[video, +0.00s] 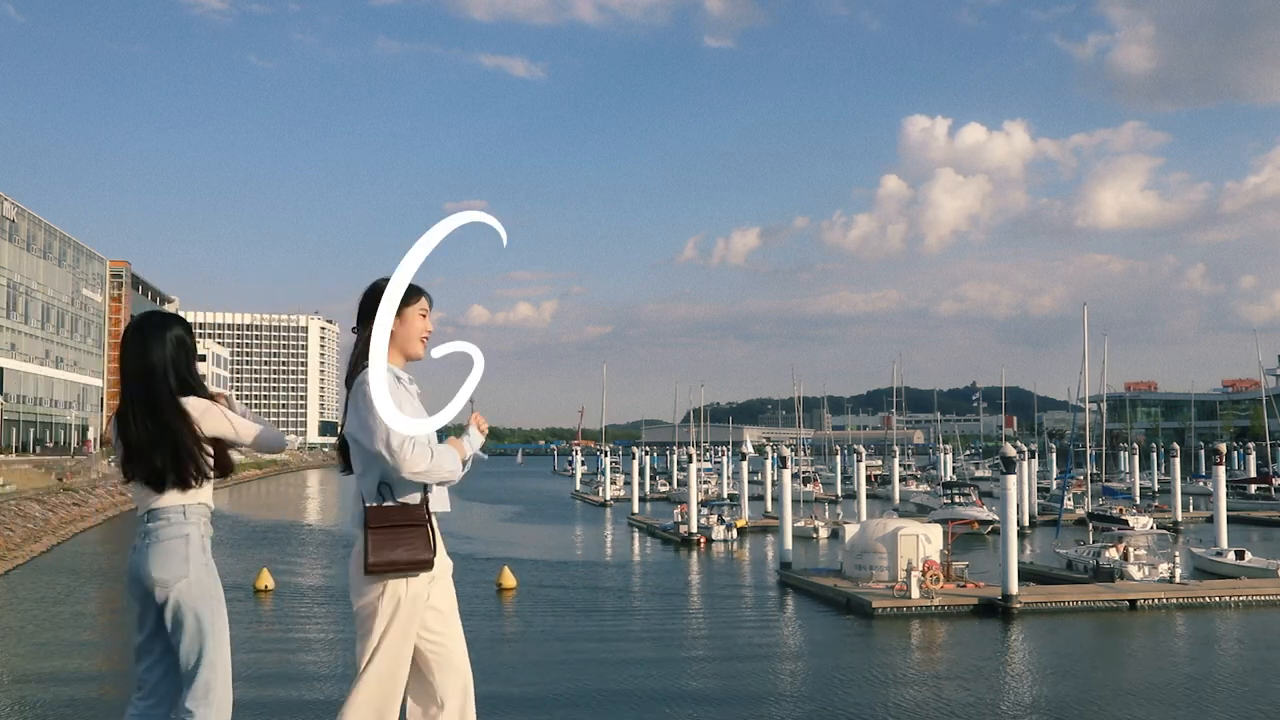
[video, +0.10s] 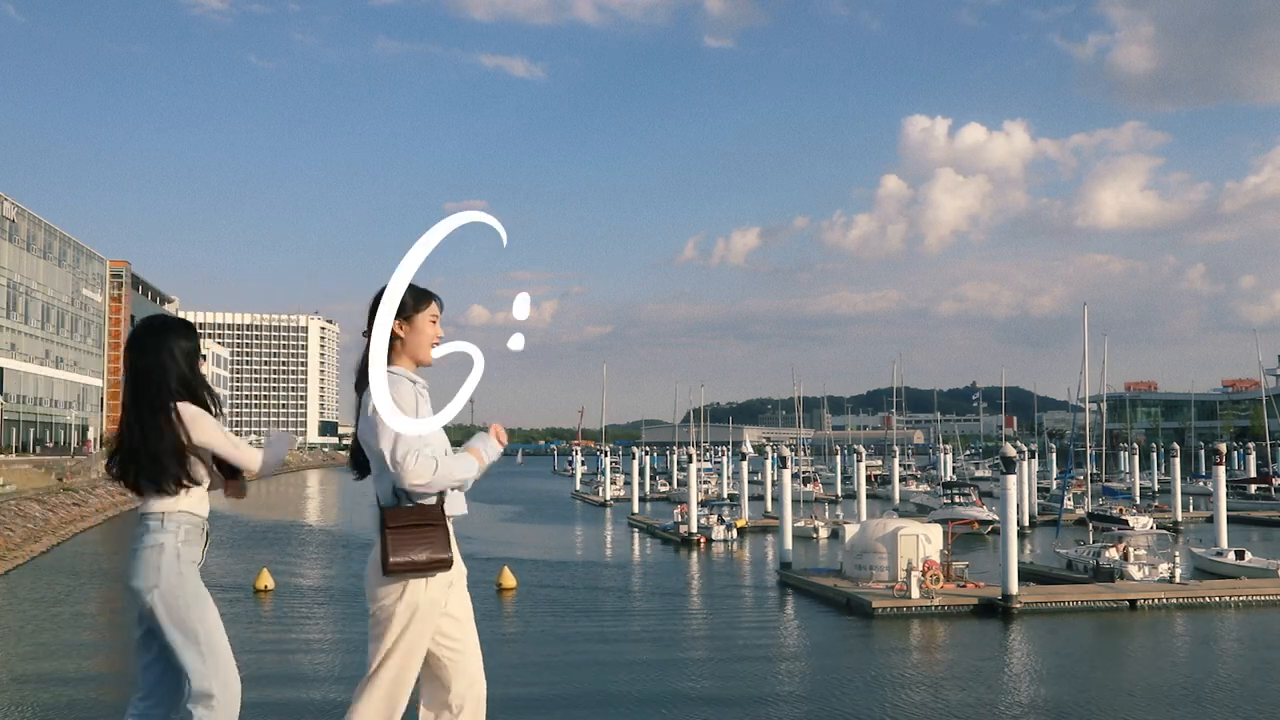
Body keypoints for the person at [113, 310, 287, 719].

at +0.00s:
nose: (195, 359)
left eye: (192, 351)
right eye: (190, 351)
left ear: (131, 361)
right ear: (181, 358)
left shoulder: (124, 419)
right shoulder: (195, 410)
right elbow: (276, 441)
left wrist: (204, 408)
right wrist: (231, 407)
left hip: (145, 551)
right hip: (185, 553)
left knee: (153, 688)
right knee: (210, 690)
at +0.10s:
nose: (202, 365)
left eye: (200, 355)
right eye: (195, 356)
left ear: (145, 363)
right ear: (178, 362)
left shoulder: (150, 417)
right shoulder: (181, 413)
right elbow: (253, 460)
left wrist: (231, 474)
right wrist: (276, 451)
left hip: (153, 562)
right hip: (171, 566)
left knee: (156, 692)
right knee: (219, 689)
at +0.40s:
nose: (206, 374)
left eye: (214, 368)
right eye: (196, 362)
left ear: (219, 378)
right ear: (170, 365)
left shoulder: (220, 429)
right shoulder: (139, 432)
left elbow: (283, 452)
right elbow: (167, 494)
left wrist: (260, 469)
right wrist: (221, 441)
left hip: (224, 570)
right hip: (176, 571)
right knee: (222, 703)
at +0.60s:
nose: (219, 362)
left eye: (226, 354)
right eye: (208, 350)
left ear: (231, 363)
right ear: (181, 357)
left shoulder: (241, 411)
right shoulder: (158, 418)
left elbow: (308, 429)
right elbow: (167, 476)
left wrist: (241, 404)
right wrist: (249, 461)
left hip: (263, 551)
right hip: (204, 553)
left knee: (289, 687)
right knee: (210, 695)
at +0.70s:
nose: (229, 367)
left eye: (237, 359)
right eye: (219, 356)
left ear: (242, 367)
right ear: (191, 362)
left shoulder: (252, 415)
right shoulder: (170, 426)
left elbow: (324, 411)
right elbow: (187, 477)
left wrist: (284, 416)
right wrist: (245, 435)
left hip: (272, 558)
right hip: (213, 560)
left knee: (301, 684)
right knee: (219, 699)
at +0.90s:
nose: (259, 361)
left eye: (265, 354)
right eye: (248, 350)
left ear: (269, 364)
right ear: (219, 356)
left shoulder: (277, 412)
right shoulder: (198, 423)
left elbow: (341, 421)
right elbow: (219, 462)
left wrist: (295, 407)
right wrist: (284, 435)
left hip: (283, 561)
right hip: (232, 560)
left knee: (319, 687)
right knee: (220, 697)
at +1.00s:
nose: (283, 366)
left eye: (283, 357)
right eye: (273, 356)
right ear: (243, 364)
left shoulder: (282, 422)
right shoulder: (222, 428)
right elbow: (258, 468)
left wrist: (314, 435)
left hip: (297, 562)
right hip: (257, 562)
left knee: (325, 695)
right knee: (245, 699)